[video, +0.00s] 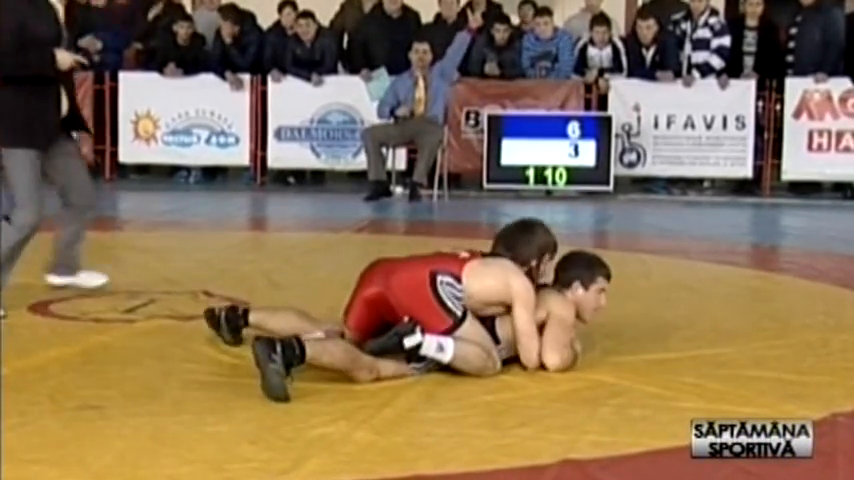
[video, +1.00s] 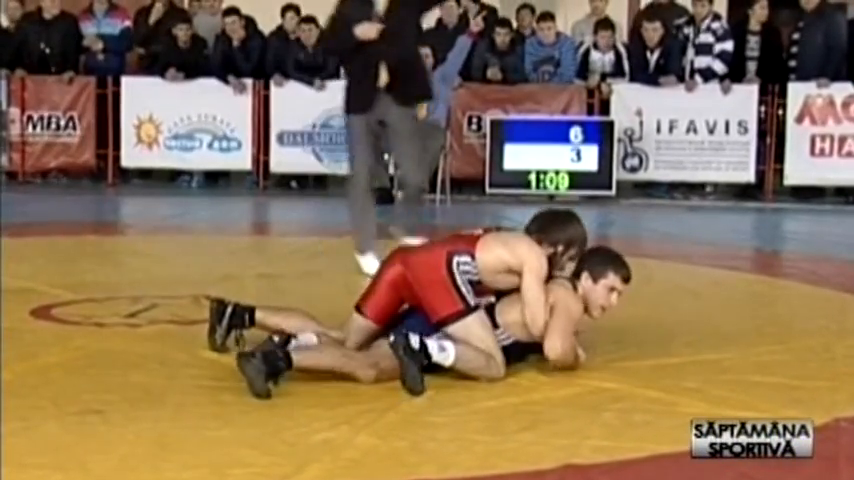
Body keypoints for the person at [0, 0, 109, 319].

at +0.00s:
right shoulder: (11, 11)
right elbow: (9, 62)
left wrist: (80, 130)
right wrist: (52, 59)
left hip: (50, 128)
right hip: (14, 128)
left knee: (82, 199)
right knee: (26, 217)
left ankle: (63, 269)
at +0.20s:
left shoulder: (137, 16)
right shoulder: (75, 18)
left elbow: (181, 19)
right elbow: (55, 70)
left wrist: (213, 2)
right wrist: (106, 64)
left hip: (111, 133)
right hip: (74, 131)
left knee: (131, 200)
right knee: (44, 207)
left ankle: (97, 272)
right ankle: (2, 276)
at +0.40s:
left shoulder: (190, 3)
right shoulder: (130, 4)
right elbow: (112, 42)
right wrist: (158, 32)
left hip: (178, 93)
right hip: (143, 93)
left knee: (182, 179)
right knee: (146, 180)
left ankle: (133, 249)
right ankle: (112, 246)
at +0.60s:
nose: (247, 0)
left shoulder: (265, 24)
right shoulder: (201, 22)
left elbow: (302, 19)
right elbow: (173, 68)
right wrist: (216, 60)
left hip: (245, 127)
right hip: (203, 126)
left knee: (267, 192)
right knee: (188, 200)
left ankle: (282, 253)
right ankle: (154, 264)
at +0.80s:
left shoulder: (340, 9)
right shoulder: (282, 7)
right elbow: (261, 58)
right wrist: (290, 51)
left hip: (328, 107)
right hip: (290, 105)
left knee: (323, 186)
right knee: (264, 181)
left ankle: (304, 252)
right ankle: (225, 249)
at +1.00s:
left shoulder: (409, 5)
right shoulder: (351, 6)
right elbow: (327, 46)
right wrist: (353, 33)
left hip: (401, 97)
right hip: (361, 98)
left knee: (414, 177)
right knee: (362, 177)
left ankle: (404, 227)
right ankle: (365, 247)